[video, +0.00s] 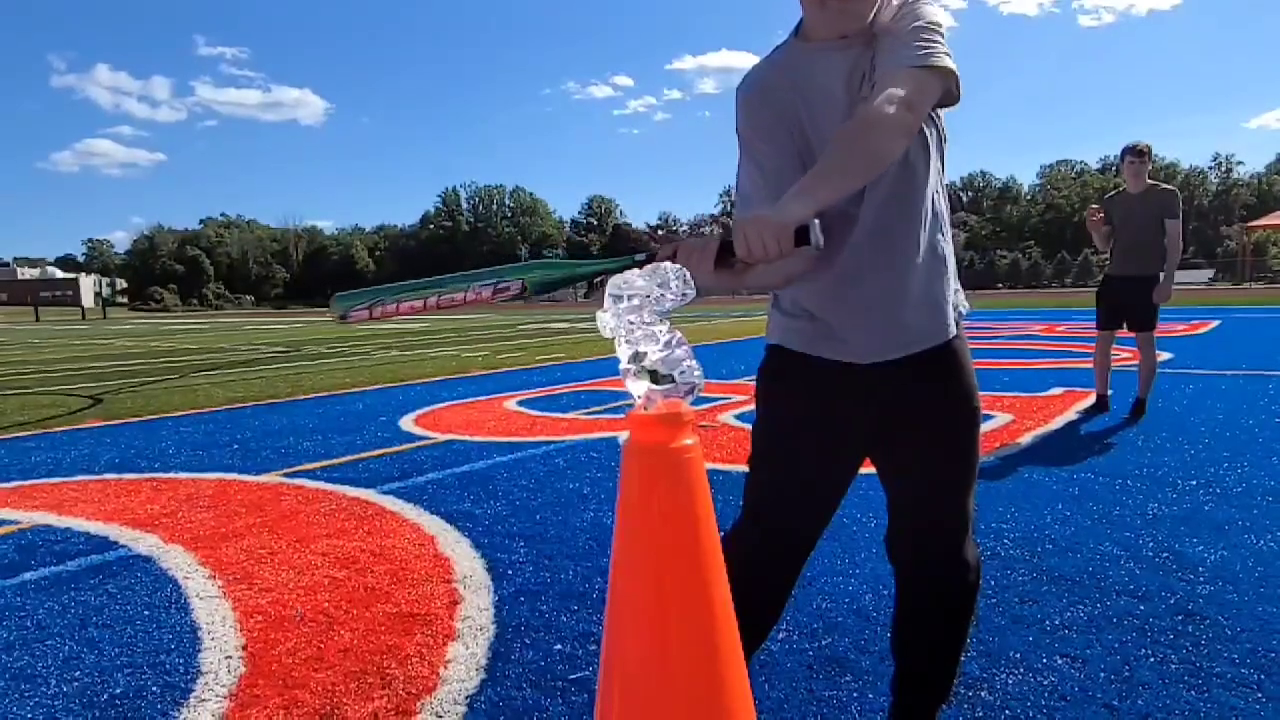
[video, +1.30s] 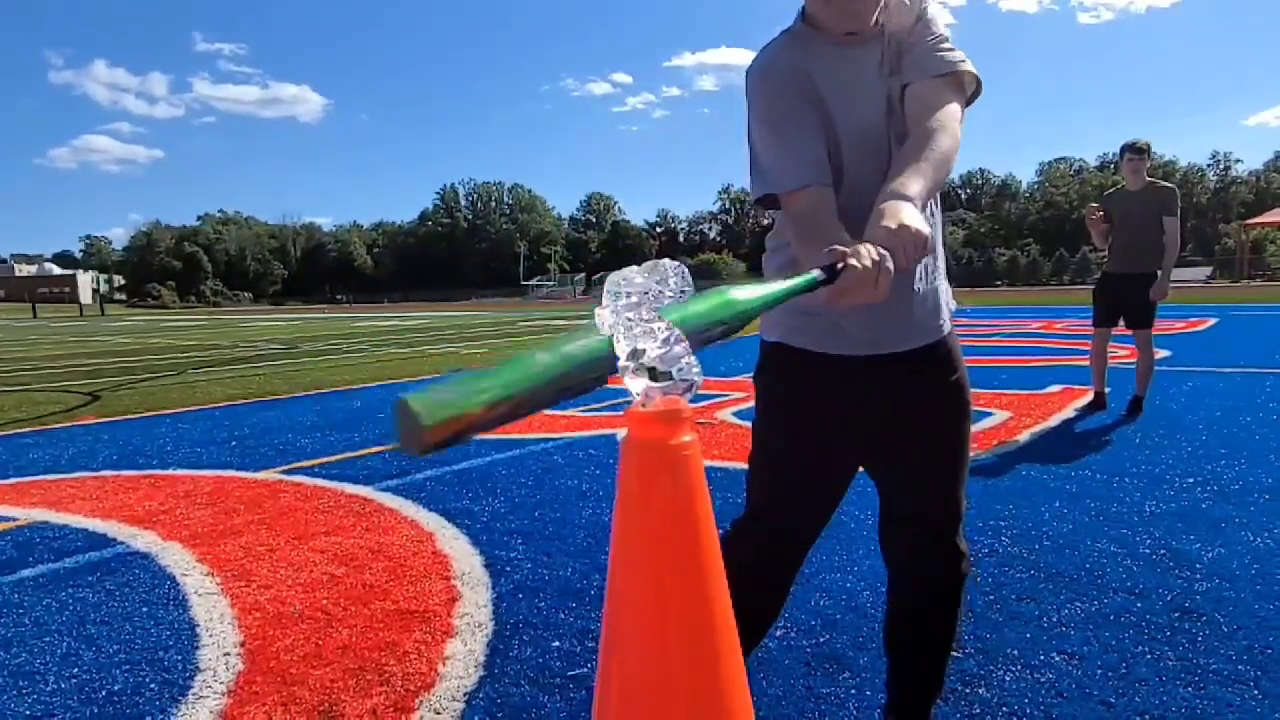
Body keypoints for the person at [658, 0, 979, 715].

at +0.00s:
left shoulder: (910, 21)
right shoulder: (766, 87)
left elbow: (895, 113)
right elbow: (792, 251)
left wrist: (785, 210)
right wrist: (710, 271)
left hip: (927, 355)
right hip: (811, 364)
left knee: (941, 565)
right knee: (759, 565)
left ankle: (918, 707)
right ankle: (687, 696)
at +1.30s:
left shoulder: (920, 23)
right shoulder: (779, 69)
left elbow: (939, 125)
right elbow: (805, 202)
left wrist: (903, 199)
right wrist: (835, 253)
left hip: (919, 353)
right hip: (810, 359)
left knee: (930, 556)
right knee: (767, 546)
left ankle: (910, 710)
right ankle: (685, 691)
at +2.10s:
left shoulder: (916, 19)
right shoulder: (784, 61)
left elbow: (947, 123)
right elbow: (823, 212)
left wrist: (967, 200)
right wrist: (928, 261)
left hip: (914, 320)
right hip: (812, 328)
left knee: (927, 537)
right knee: (774, 533)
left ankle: (902, 705)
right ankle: (705, 705)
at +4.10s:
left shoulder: (911, 25)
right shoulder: (800, 43)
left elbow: (978, 138)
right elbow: (894, 185)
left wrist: (1083, 219)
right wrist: (1070, 241)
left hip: (906, 334)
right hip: (805, 343)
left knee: (919, 529)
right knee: (769, 533)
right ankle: (693, 697)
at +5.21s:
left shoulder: (902, 25)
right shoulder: (815, 36)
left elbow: (955, 140)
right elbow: (916, 175)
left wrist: (1084, 216)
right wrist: (1082, 226)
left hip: (896, 341)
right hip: (797, 345)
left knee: (909, 554)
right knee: (765, 534)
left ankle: (899, 708)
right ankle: (689, 699)